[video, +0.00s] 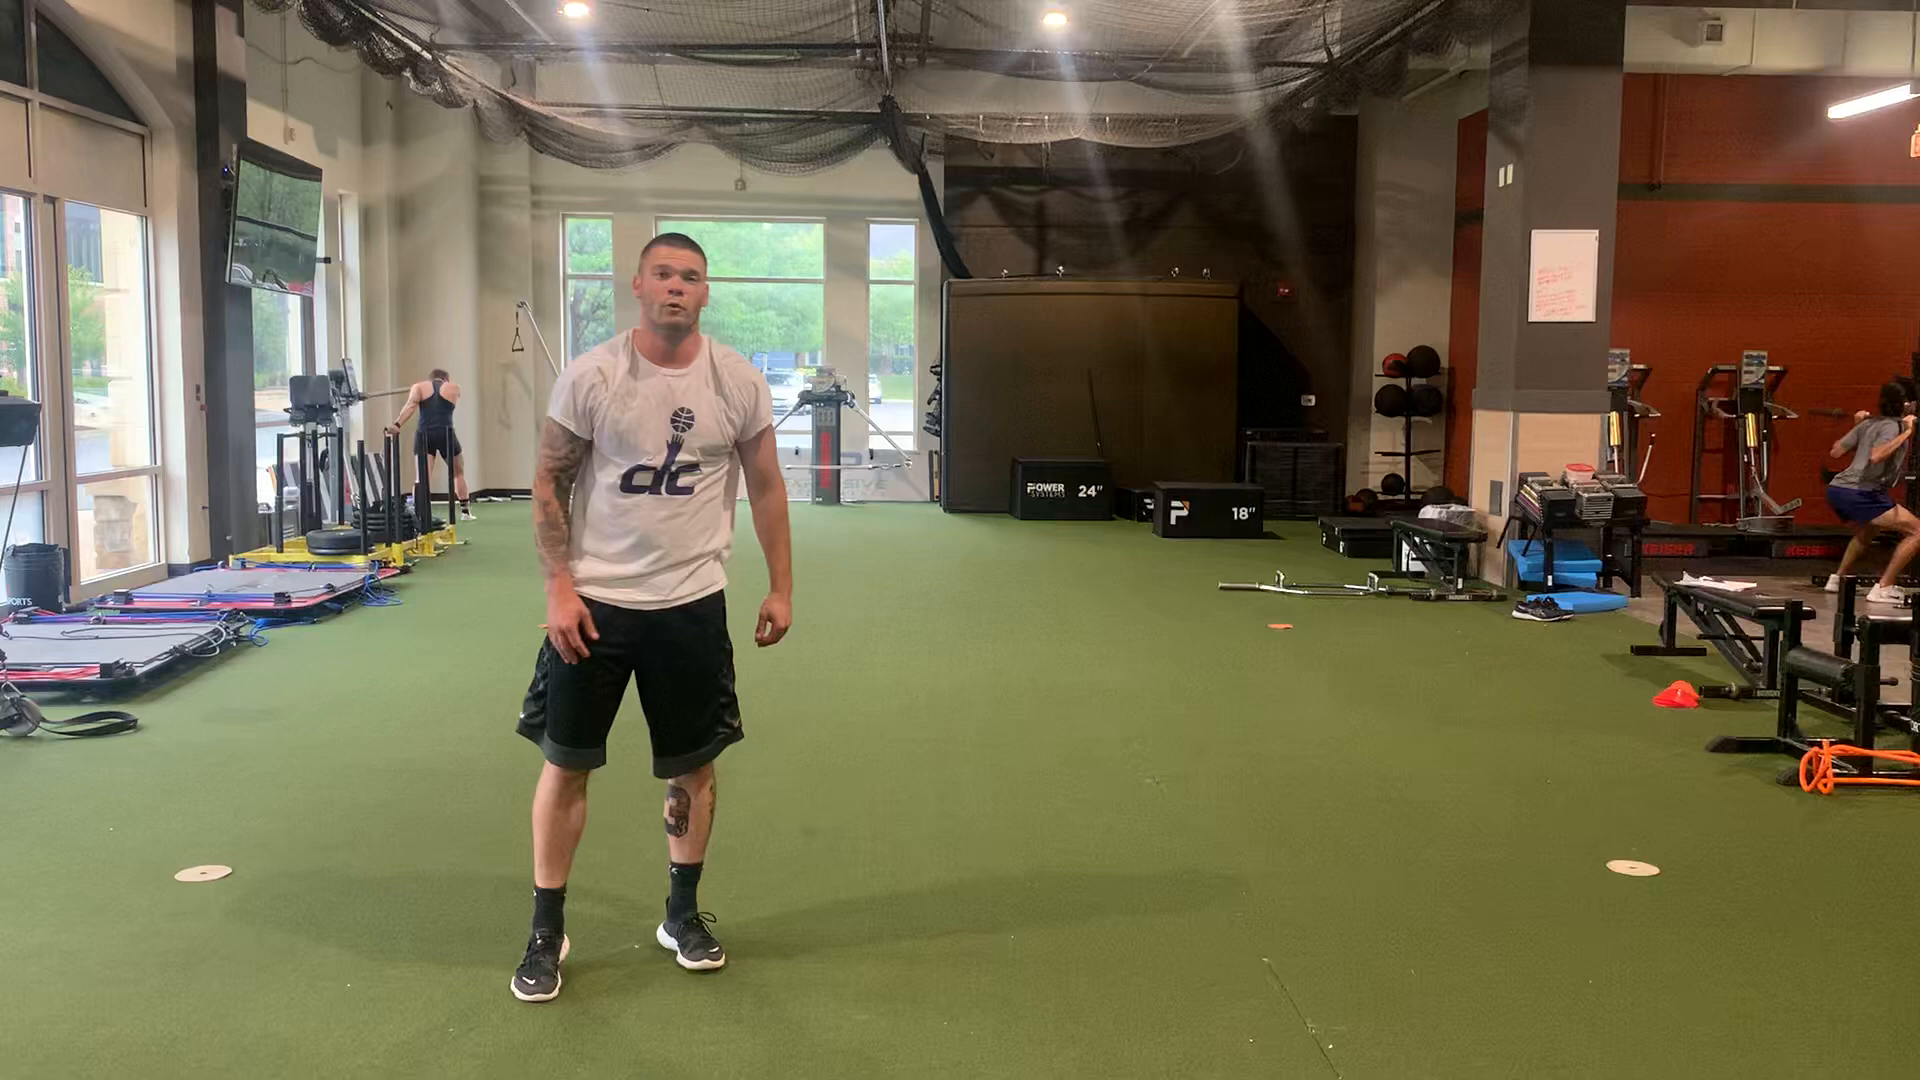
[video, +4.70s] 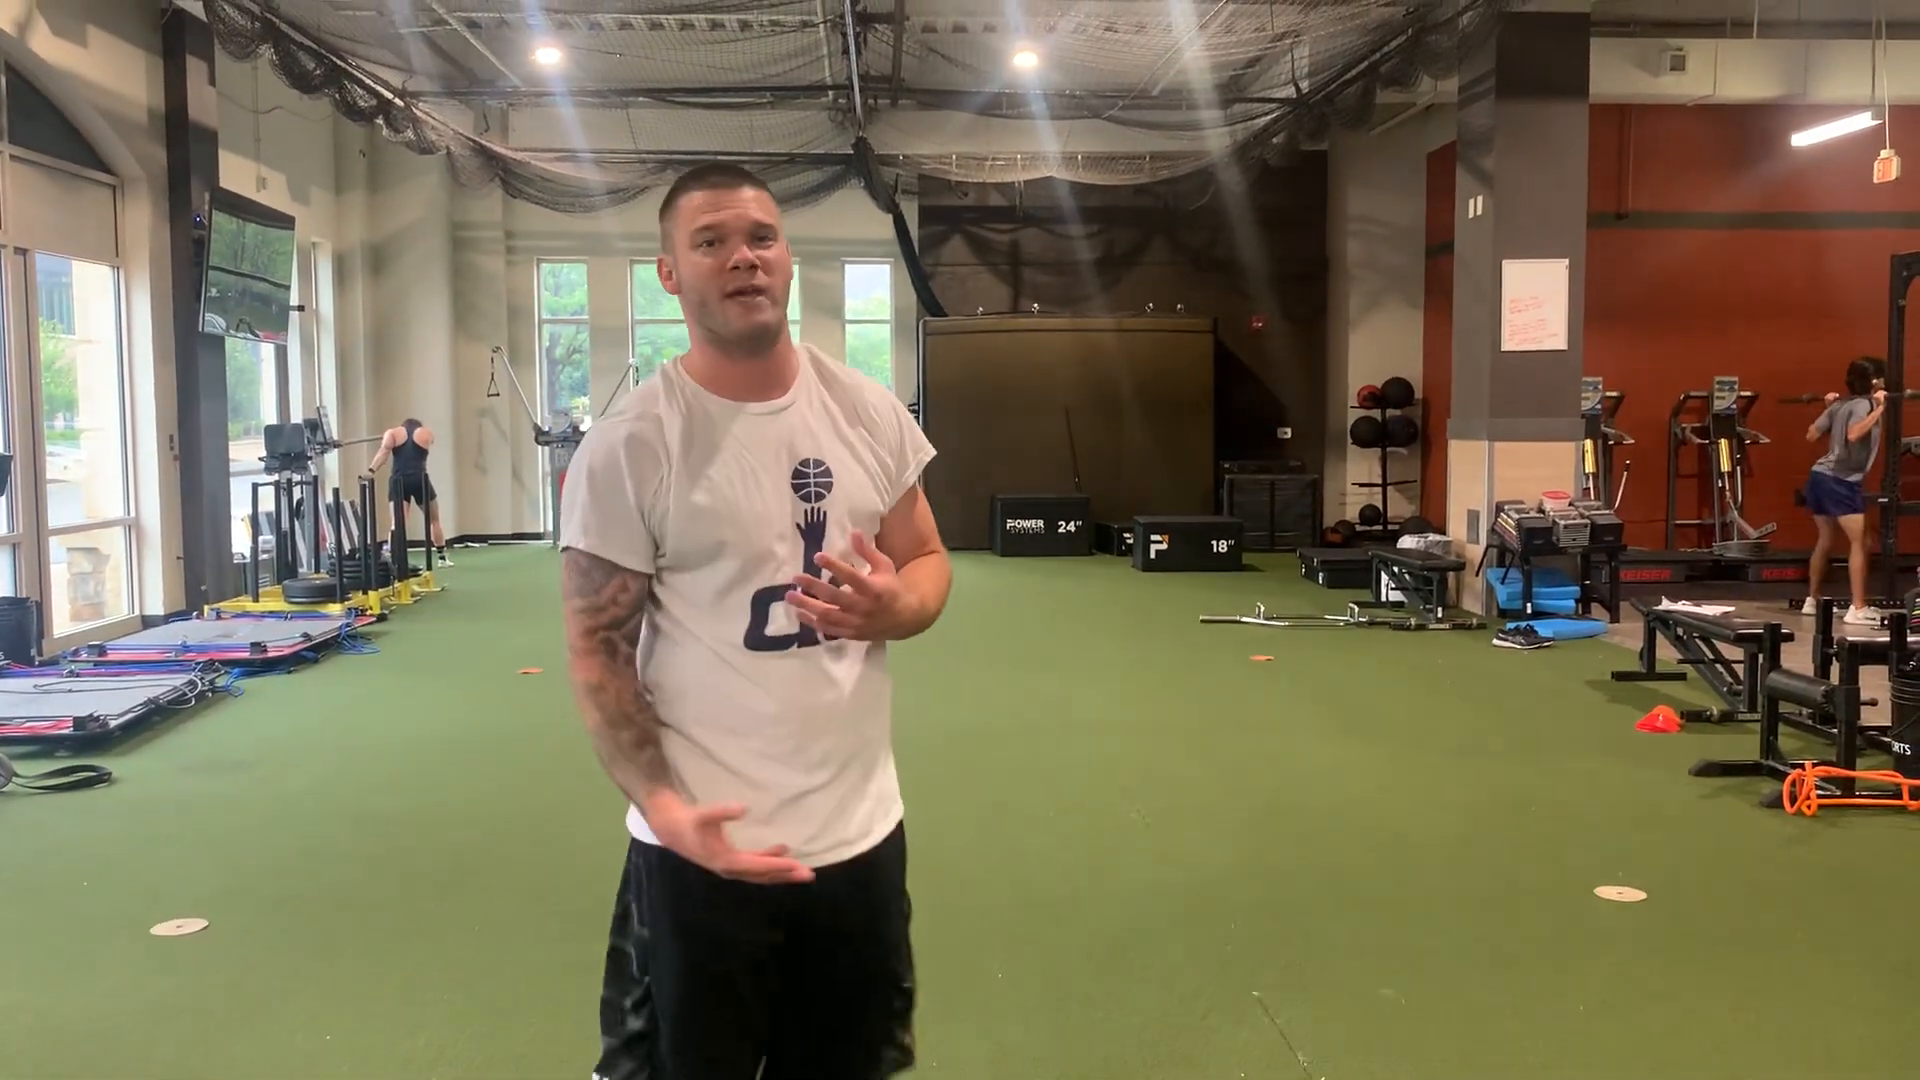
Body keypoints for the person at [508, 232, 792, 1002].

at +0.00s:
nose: (676, 288)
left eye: (689, 278)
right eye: (663, 275)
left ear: (707, 294)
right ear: (635, 287)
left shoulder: (739, 382)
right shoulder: (588, 379)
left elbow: (767, 487)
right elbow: (549, 487)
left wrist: (781, 586)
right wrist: (559, 587)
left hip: (692, 606)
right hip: (595, 605)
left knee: (692, 764)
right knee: (566, 766)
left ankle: (683, 913)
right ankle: (545, 930)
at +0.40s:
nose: (695, 291)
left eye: (709, 284)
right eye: (683, 277)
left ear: (722, 304)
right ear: (654, 288)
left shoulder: (746, 389)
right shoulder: (601, 377)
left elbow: (769, 491)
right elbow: (561, 484)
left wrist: (780, 586)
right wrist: (620, 477)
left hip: (700, 607)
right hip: (604, 605)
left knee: (694, 770)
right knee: (581, 770)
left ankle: (679, 917)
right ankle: (578, 931)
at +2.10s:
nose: (640, 293)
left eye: (657, 284)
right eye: (628, 277)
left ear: (675, 302)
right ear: (599, 286)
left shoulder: (702, 392)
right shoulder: (543, 388)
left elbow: (759, 501)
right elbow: (481, 496)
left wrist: (730, 513)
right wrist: (528, 512)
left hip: (663, 646)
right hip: (556, 649)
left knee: (676, 835)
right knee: (545, 828)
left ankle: (669, 1021)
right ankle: (564, 946)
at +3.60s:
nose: (621, 285)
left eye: (641, 270)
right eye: (602, 266)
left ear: (666, 288)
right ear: (569, 281)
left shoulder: (725, 407)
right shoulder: (515, 424)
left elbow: (781, 528)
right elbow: (464, 561)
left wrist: (819, 546)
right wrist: (506, 610)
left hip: (703, 736)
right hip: (567, 745)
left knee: (735, 966)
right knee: (571, 965)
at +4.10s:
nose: (757, 263)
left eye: (781, 256)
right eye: (740, 244)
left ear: (802, 289)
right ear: (701, 262)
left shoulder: (843, 416)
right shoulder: (618, 407)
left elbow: (886, 574)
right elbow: (551, 562)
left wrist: (798, 594)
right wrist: (599, 583)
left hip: (785, 764)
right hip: (637, 764)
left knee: (794, 1028)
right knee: (616, 1039)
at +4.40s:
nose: (781, 269)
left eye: (803, 256)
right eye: (759, 248)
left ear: (824, 283)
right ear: (715, 267)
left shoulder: (868, 421)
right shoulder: (640, 419)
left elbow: (922, 569)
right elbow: (587, 581)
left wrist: (874, 601)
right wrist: (575, 714)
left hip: (815, 791)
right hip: (664, 794)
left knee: (797, 1049)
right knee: (671, 1058)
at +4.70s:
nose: (745, 258)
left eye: (762, 237)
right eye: (712, 242)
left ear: (787, 260)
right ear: (668, 276)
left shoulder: (866, 410)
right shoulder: (628, 445)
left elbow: (926, 558)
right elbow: (598, 646)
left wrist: (901, 609)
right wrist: (662, 800)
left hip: (857, 848)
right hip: (698, 860)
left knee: (856, 1064)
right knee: (690, 1067)